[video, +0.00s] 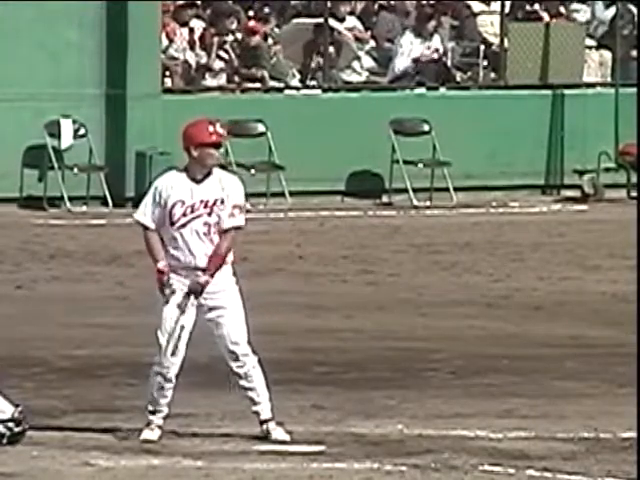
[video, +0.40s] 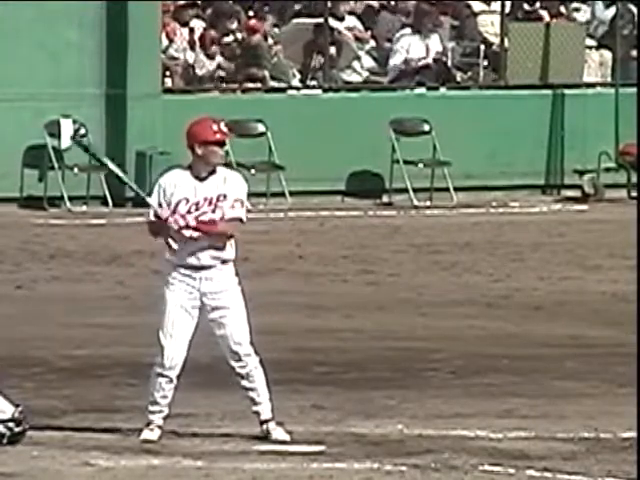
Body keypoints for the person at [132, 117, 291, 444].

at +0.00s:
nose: (217, 152)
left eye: (218, 146)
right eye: (211, 147)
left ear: (218, 149)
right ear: (193, 151)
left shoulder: (230, 184)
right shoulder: (167, 185)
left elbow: (229, 236)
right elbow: (149, 227)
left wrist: (206, 274)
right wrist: (162, 268)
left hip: (218, 276)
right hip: (180, 277)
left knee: (239, 349)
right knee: (168, 355)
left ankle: (267, 420)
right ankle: (155, 420)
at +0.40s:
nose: (222, 149)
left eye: (223, 144)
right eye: (215, 145)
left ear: (222, 147)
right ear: (197, 149)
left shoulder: (233, 182)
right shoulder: (171, 181)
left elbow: (231, 229)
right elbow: (152, 228)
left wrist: (197, 226)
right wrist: (165, 224)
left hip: (221, 275)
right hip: (182, 276)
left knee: (241, 350)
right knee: (170, 356)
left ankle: (268, 421)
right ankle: (154, 421)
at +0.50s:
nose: (222, 149)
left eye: (223, 144)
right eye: (215, 145)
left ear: (223, 146)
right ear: (197, 148)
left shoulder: (235, 181)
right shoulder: (173, 182)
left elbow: (238, 227)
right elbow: (155, 232)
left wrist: (207, 219)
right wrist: (174, 217)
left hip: (222, 274)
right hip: (183, 276)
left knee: (241, 350)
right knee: (171, 355)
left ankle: (268, 421)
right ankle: (155, 421)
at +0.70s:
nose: (228, 150)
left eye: (228, 145)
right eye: (221, 145)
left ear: (223, 148)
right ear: (203, 149)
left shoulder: (236, 179)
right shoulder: (181, 184)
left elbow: (256, 223)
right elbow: (175, 235)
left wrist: (234, 215)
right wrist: (202, 215)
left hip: (226, 276)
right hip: (189, 278)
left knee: (245, 351)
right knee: (175, 356)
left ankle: (268, 421)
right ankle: (155, 421)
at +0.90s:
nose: (235, 152)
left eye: (235, 147)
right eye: (229, 148)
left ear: (222, 151)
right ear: (211, 152)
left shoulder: (236, 177)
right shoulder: (196, 190)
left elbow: (260, 217)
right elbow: (215, 239)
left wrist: (266, 213)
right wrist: (246, 220)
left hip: (228, 277)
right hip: (194, 280)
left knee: (246, 351)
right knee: (181, 356)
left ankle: (268, 421)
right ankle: (156, 422)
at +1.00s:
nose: (238, 155)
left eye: (239, 148)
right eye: (232, 149)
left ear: (230, 152)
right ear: (214, 153)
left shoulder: (237, 178)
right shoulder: (204, 189)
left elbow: (251, 210)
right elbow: (231, 240)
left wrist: (276, 213)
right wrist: (265, 221)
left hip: (229, 276)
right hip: (197, 279)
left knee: (247, 350)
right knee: (184, 355)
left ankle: (268, 420)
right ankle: (156, 422)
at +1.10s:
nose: (242, 153)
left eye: (242, 148)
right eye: (236, 149)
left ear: (234, 152)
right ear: (218, 153)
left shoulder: (240, 180)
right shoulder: (207, 186)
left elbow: (255, 222)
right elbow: (240, 236)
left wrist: (285, 223)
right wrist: (280, 227)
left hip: (230, 279)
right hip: (198, 278)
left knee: (248, 351)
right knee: (184, 354)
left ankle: (268, 420)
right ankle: (156, 421)